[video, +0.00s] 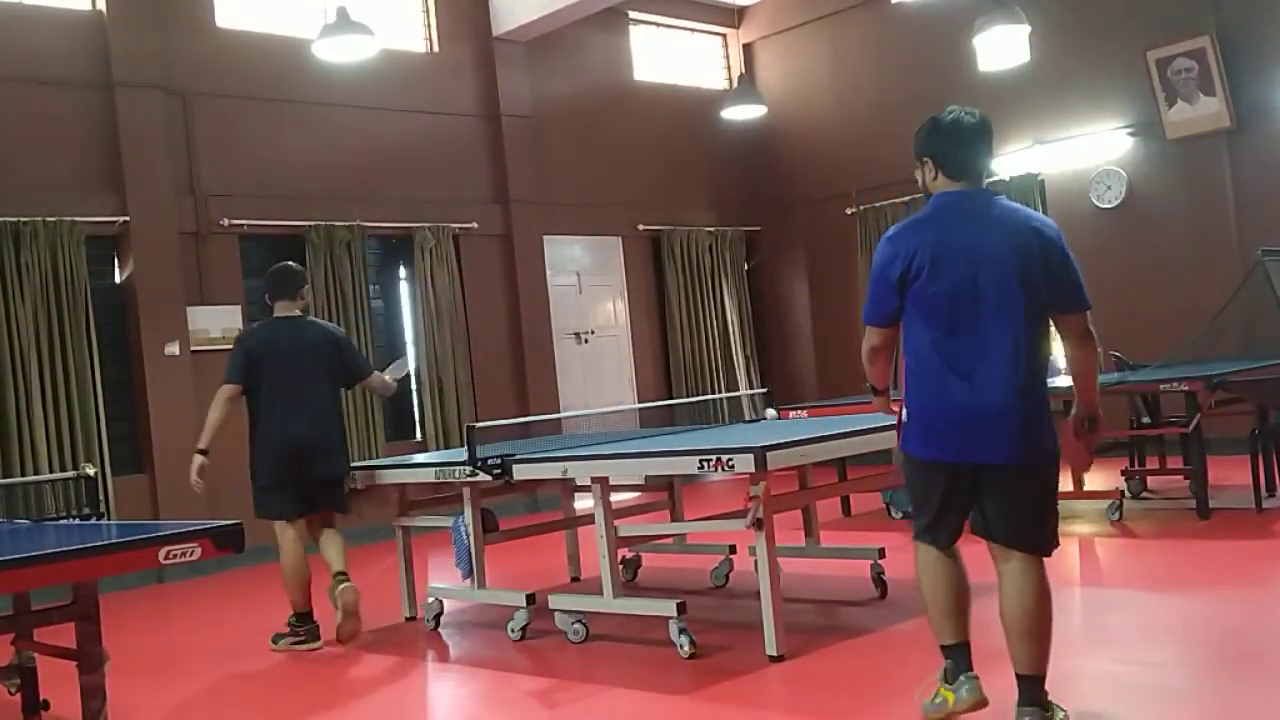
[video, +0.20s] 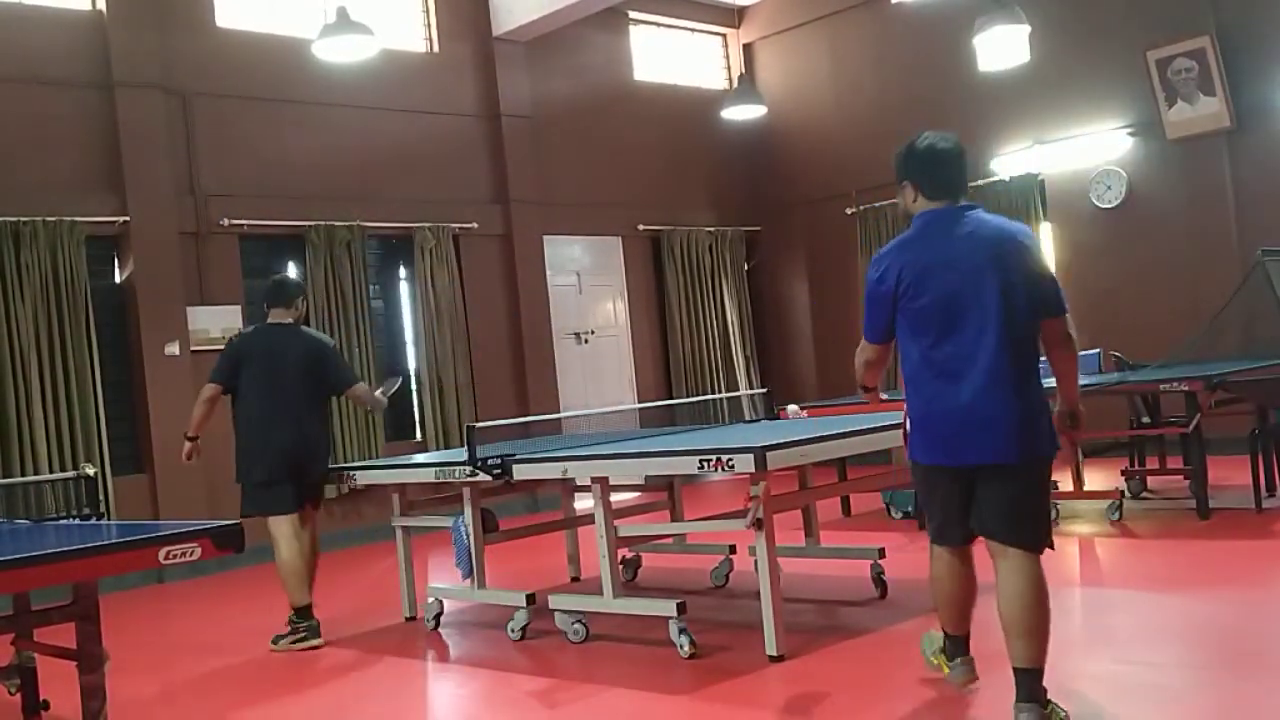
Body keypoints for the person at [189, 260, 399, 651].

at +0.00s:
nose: (309, 296)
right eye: (308, 291)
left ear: (268, 297)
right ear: (305, 295)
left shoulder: (251, 340)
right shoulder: (328, 335)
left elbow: (228, 394)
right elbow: (377, 383)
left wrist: (201, 450)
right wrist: (390, 380)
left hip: (275, 452)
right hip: (324, 447)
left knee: (288, 531)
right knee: (326, 523)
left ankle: (304, 625)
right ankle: (341, 581)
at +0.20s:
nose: (303, 310)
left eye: (300, 304)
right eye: (303, 305)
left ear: (266, 306)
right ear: (299, 306)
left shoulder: (242, 344)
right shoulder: (315, 344)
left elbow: (210, 393)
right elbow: (356, 391)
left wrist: (191, 437)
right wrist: (377, 401)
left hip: (263, 455)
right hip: (310, 452)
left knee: (283, 534)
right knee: (305, 526)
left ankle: (304, 622)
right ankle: (303, 614)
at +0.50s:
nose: (307, 315)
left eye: (307, 309)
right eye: (307, 310)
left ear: (270, 311)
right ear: (300, 310)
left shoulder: (244, 347)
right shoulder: (315, 349)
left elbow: (221, 397)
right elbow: (343, 398)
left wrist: (209, 441)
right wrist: (370, 413)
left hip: (259, 454)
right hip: (306, 453)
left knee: (254, 521)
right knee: (298, 521)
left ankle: (268, 571)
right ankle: (284, 605)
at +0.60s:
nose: (307, 312)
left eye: (306, 307)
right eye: (306, 307)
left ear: (271, 310)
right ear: (296, 309)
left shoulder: (246, 347)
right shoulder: (316, 345)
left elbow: (226, 397)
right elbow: (341, 393)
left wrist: (218, 445)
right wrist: (370, 406)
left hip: (262, 448)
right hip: (306, 447)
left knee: (265, 511)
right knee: (297, 523)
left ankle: (262, 575)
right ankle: (283, 604)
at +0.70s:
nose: (308, 314)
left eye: (307, 308)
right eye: (307, 309)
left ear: (272, 312)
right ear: (296, 310)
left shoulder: (251, 351)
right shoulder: (316, 345)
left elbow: (234, 401)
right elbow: (343, 390)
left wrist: (226, 449)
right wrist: (372, 403)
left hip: (269, 450)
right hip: (307, 448)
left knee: (277, 514)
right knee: (298, 523)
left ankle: (271, 587)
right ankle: (283, 603)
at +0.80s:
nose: (314, 318)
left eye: (314, 313)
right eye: (312, 313)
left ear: (278, 316)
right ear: (299, 313)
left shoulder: (257, 356)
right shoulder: (317, 347)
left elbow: (244, 406)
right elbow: (343, 390)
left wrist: (237, 453)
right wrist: (376, 404)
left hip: (274, 450)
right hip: (309, 447)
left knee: (293, 515)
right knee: (300, 522)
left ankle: (295, 581)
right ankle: (283, 598)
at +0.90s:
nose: (321, 319)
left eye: (320, 313)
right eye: (317, 313)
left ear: (289, 318)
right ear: (298, 315)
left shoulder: (264, 358)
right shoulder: (317, 348)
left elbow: (255, 409)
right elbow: (344, 391)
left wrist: (249, 454)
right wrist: (375, 409)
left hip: (288, 449)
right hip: (320, 445)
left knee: (301, 514)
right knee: (318, 513)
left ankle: (308, 580)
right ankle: (291, 587)